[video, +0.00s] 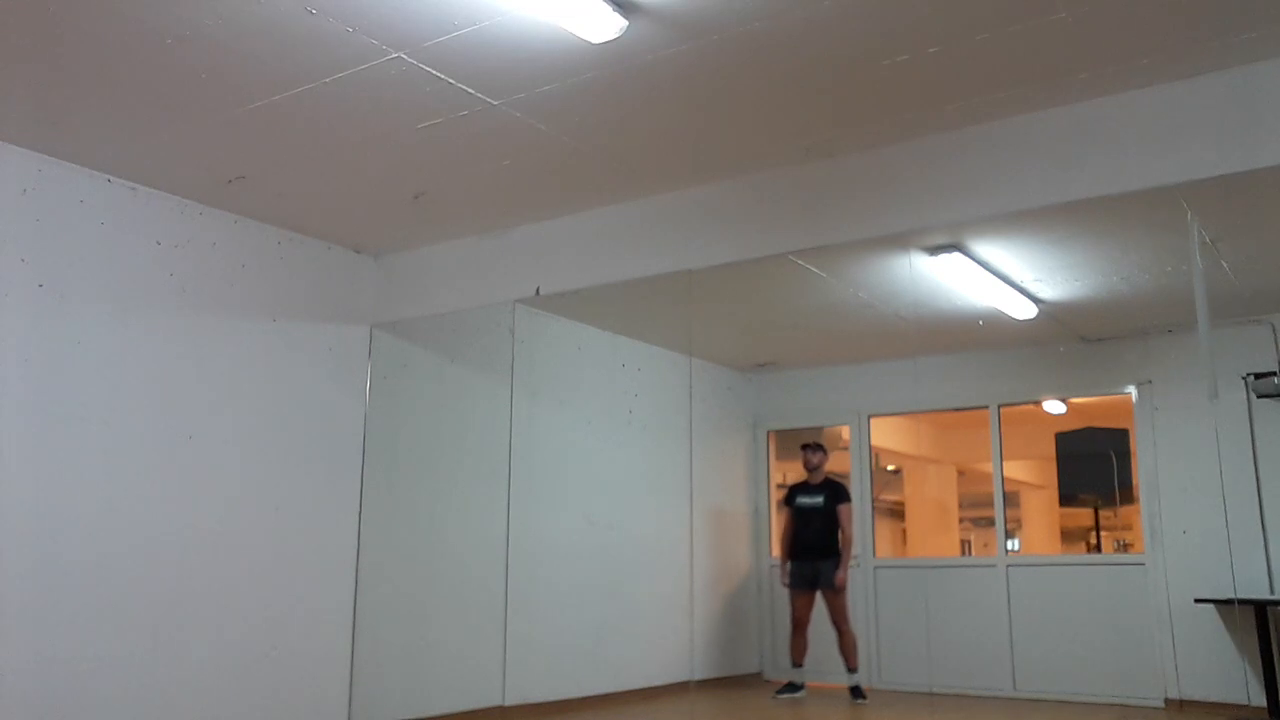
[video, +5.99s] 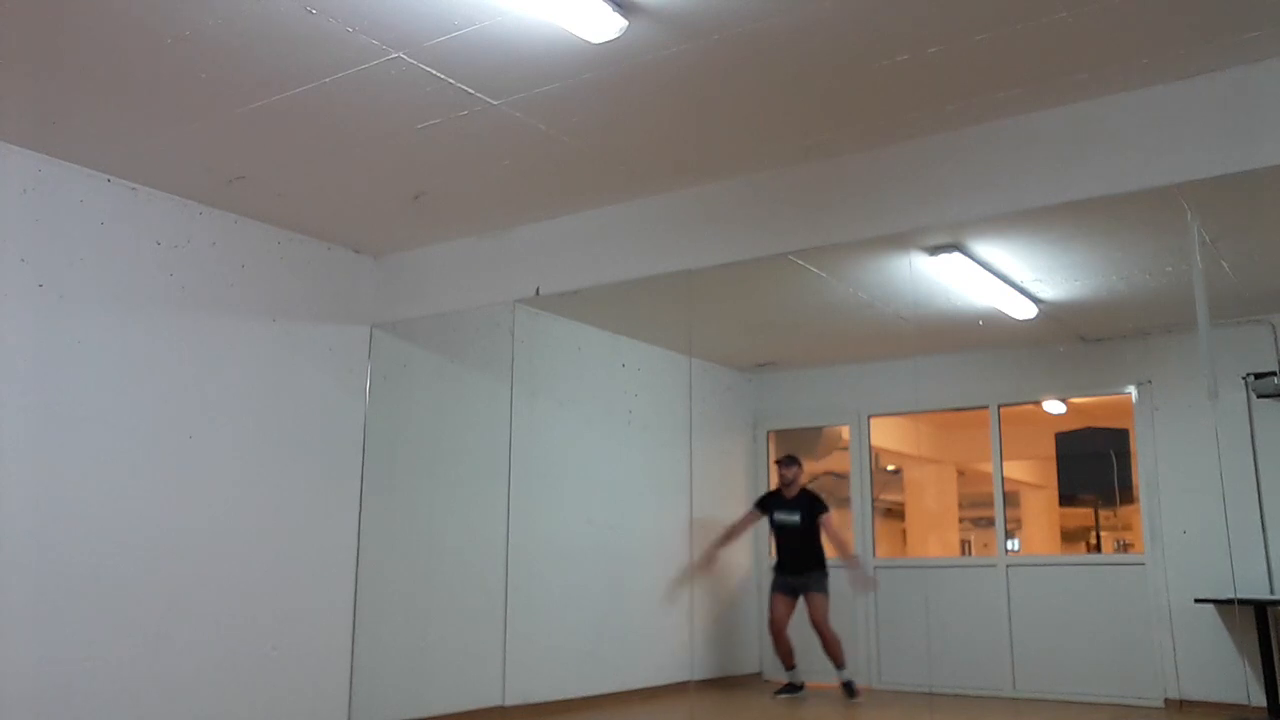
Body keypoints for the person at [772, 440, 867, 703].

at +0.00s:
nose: (811, 458)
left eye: (816, 454)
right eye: (807, 454)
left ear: (825, 459)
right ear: (802, 459)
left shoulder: (837, 490)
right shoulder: (794, 492)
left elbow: (846, 531)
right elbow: (788, 528)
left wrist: (843, 567)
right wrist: (784, 563)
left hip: (829, 564)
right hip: (800, 564)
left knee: (841, 623)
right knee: (798, 623)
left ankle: (854, 681)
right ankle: (796, 680)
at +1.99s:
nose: (811, 458)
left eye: (817, 454)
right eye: (808, 454)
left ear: (827, 459)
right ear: (804, 459)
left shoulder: (838, 490)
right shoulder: (795, 491)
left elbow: (846, 532)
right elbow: (788, 528)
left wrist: (843, 568)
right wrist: (784, 562)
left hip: (830, 563)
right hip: (800, 564)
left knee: (842, 623)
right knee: (799, 623)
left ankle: (854, 681)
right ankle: (796, 680)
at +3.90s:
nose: (810, 461)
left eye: (815, 456)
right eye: (806, 457)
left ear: (825, 459)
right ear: (802, 461)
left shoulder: (839, 490)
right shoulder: (796, 491)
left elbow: (847, 530)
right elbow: (788, 528)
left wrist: (843, 566)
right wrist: (785, 562)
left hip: (831, 564)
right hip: (801, 564)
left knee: (842, 623)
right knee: (799, 624)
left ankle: (854, 682)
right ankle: (796, 680)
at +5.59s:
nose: (809, 459)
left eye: (814, 454)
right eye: (805, 455)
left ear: (824, 458)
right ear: (802, 460)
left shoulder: (837, 488)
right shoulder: (795, 491)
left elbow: (840, 527)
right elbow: (788, 528)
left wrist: (816, 553)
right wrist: (785, 562)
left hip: (830, 561)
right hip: (802, 562)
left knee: (842, 623)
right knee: (799, 623)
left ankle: (855, 683)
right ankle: (796, 679)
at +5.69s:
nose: (808, 459)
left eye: (813, 454)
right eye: (805, 455)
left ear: (824, 458)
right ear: (801, 460)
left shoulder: (835, 487)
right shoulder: (794, 491)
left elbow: (827, 520)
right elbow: (787, 528)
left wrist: (788, 529)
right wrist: (782, 562)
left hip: (829, 563)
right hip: (801, 564)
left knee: (841, 624)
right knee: (795, 622)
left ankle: (854, 683)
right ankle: (796, 679)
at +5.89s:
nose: (795, 465)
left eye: (800, 460)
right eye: (791, 460)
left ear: (811, 463)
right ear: (788, 465)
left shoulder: (820, 493)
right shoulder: (783, 493)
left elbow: (811, 532)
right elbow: (766, 526)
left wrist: (789, 556)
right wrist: (751, 558)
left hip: (818, 566)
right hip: (791, 566)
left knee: (829, 624)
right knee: (781, 623)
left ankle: (853, 682)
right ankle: (795, 680)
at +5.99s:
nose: (783, 473)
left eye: (787, 469)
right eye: (780, 470)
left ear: (799, 470)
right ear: (777, 472)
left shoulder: (812, 500)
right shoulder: (770, 500)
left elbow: (833, 534)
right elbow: (741, 525)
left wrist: (853, 564)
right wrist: (714, 549)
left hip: (813, 571)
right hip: (785, 571)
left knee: (820, 623)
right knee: (776, 625)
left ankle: (845, 678)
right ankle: (794, 681)